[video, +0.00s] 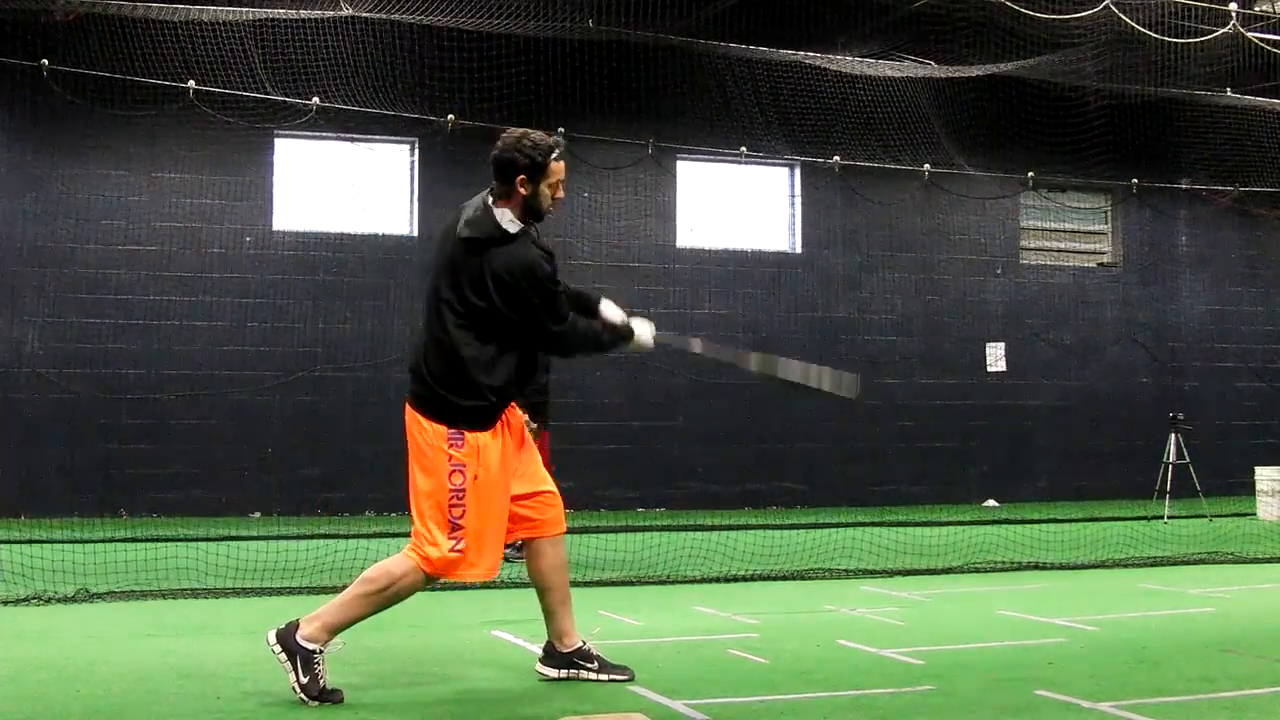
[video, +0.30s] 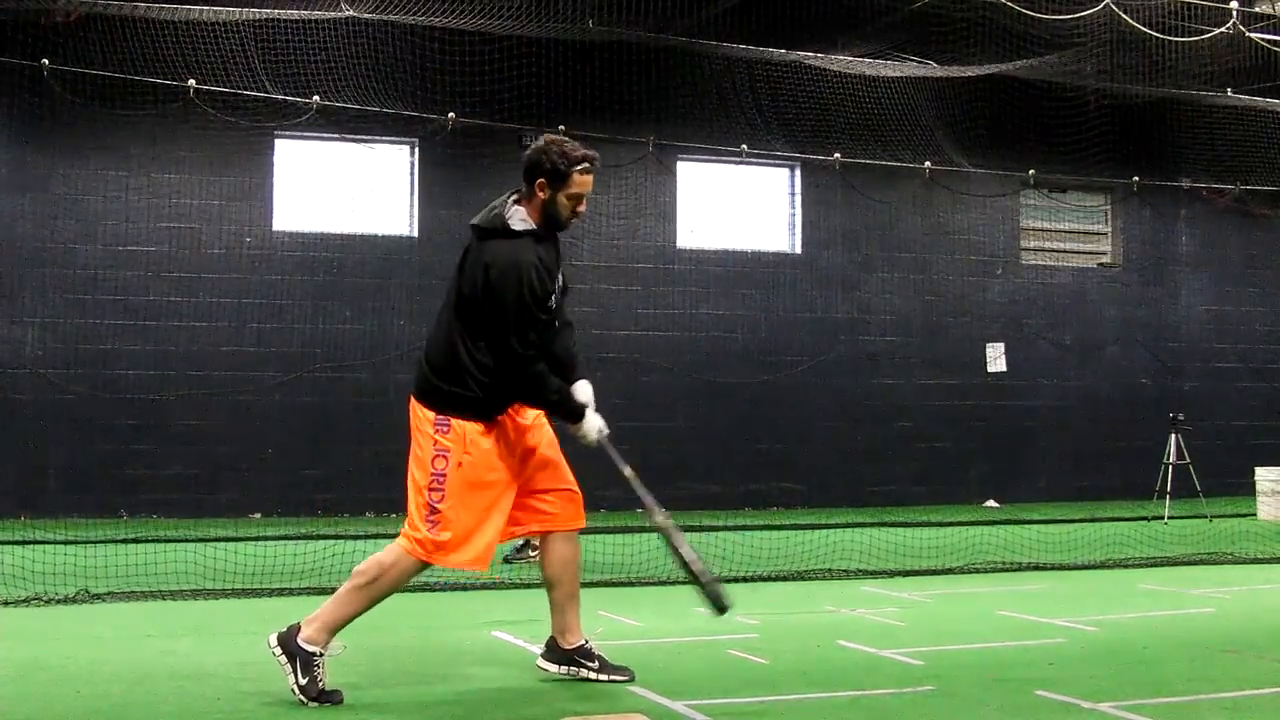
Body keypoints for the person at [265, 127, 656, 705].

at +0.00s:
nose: (562, 194)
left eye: (563, 183)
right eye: (556, 185)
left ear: (517, 183)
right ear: (523, 185)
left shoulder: (485, 215)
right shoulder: (514, 255)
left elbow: (541, 285)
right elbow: (555, 334)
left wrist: (598, 306)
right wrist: (622, 333)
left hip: (494, 410)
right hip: (451, 416)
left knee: (545, 520)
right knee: (440, 552)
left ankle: (565, 647)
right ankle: (305, 636)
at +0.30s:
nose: (584, 206)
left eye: (587, 196)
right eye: (578, 196)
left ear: (553, 188)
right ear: (543, 188)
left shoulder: (540, 231)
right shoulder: (509, 255)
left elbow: (551, 321)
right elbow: (512, 364)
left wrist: (574, 379)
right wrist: (572, 411)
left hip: (511, 404)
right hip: (453, 408)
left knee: (561, 512)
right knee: (427, 538)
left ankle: (567, 645)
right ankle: (306, 639)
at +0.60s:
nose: (583, 200)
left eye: (589, 190)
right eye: (575, 188)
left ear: (586, 183)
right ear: (543, 175)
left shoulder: (571, 231)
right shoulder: (482, 238)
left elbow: (578, 314)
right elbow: (447, 332)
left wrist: (552, 369)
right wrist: (505, 385)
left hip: (530, 400)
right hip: (452, 400)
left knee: (573, 516)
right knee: (394, 520)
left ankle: (567, 643)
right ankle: (324, 645)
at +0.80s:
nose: (528, 199)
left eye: (535, 188)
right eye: (520, 186)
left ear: (541, 183)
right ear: (489, 174)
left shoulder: (540, 240)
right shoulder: (431, 238)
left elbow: (549, 321)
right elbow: (381, 317)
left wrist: (502, 365)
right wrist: (436, 356)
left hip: (506, 408)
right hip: (422, 410)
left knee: (555, 524)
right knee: (386, 531)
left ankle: (566, 646)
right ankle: (326, 653)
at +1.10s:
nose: (447, 180)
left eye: (454, 169)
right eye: (437, 169)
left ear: (460, 166)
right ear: (405, 161)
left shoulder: (467, 223)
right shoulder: (356, 223)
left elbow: (489, 312)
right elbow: (303, 296)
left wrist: (428, 334)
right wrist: (360, 315)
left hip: (450, 398)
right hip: (369, 406)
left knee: (498, 521)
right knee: (350, 534)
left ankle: (512, 630)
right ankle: (322, 656)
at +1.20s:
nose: (469, 147)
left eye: (468, 138)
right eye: (461, 138)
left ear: (436, 146)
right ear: (426, 146)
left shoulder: (473, 199)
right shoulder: (373, 207)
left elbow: (494, 250)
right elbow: (312, 270)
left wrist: (420, 214)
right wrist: (370, 219)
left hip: (462, 391)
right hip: (384, 394)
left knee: (478, 527)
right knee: (362, 528)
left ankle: (468, 645)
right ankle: (323, 657)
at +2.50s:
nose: (452, 184)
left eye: (452, 174)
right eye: (443, 175)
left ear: (418, 178)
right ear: (407, 179)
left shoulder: (444, 237)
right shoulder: (343, 217)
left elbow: (436, 310)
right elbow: (261, 266)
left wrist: (375, 287)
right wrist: (324, 257)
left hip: (409, 400)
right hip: (333, 404)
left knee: (444, 517)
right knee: (341, 530)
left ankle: (426, 641)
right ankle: (319, 659)